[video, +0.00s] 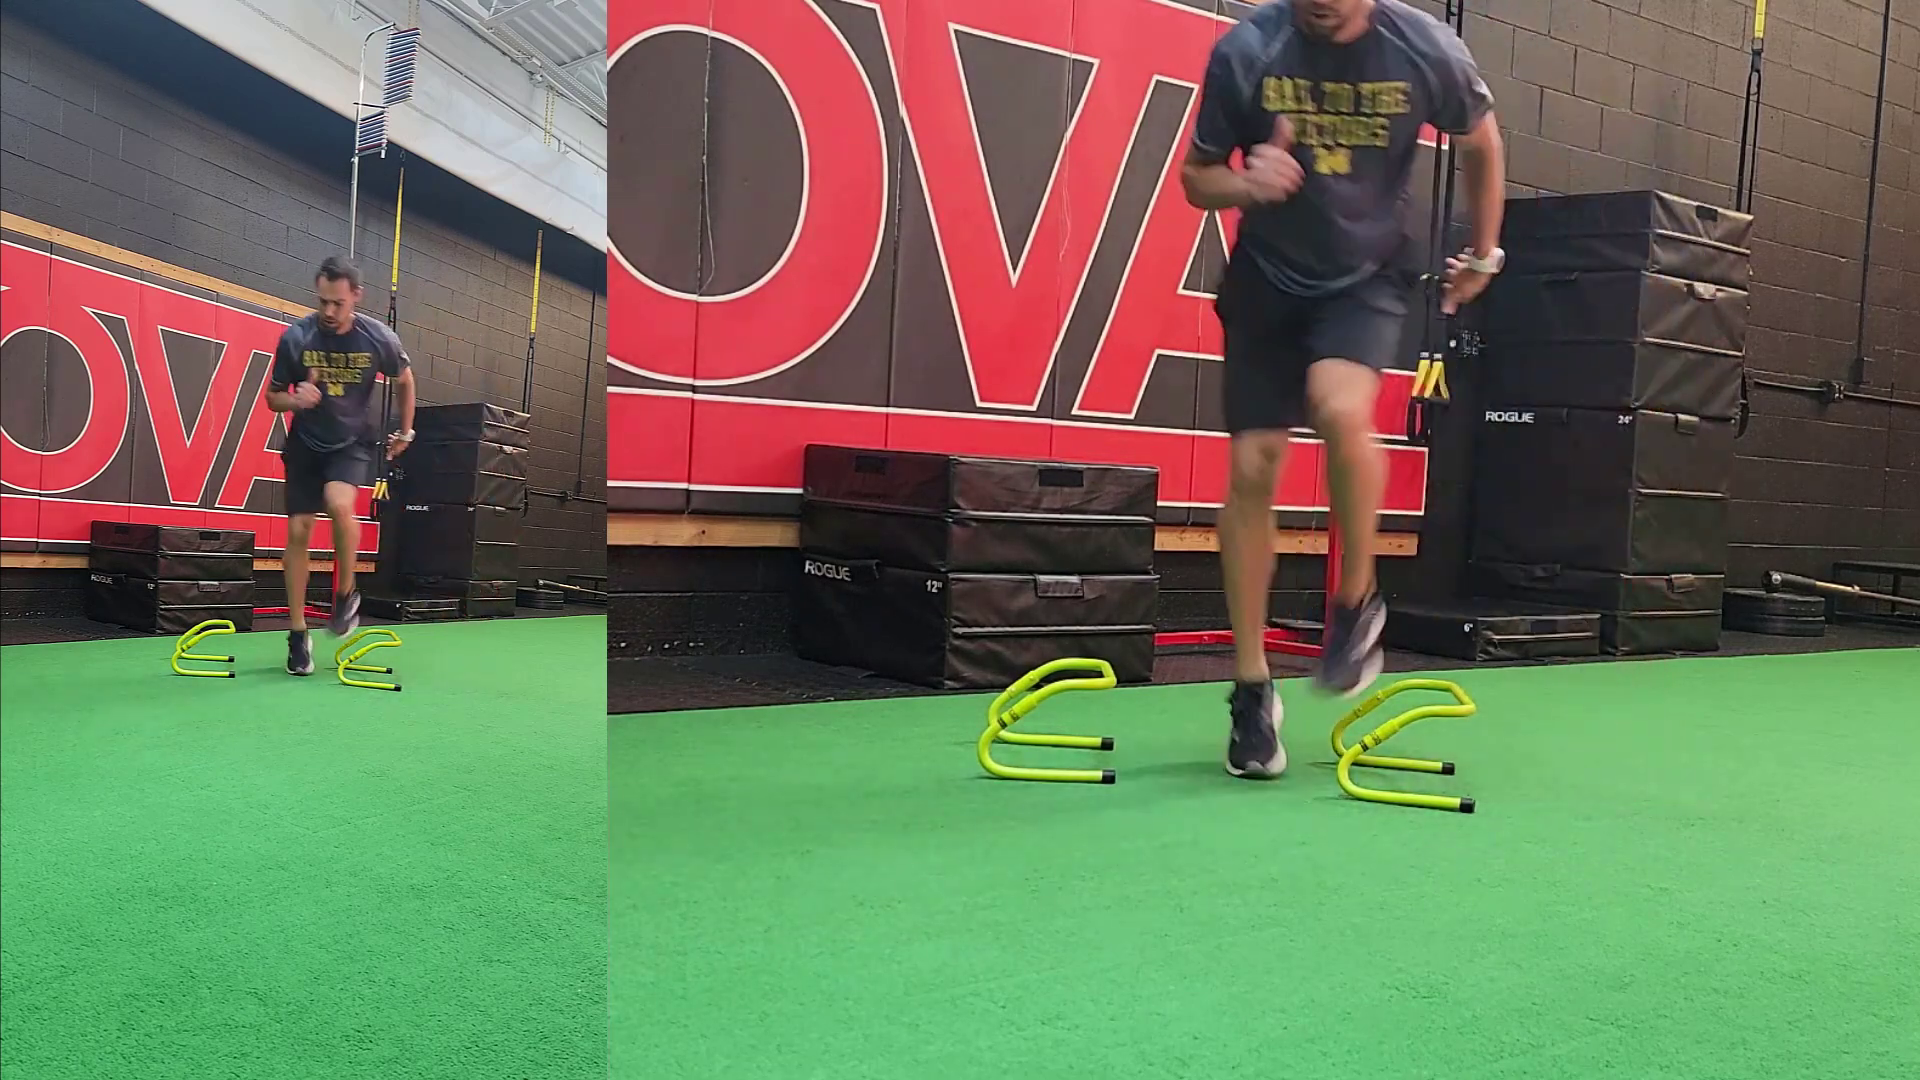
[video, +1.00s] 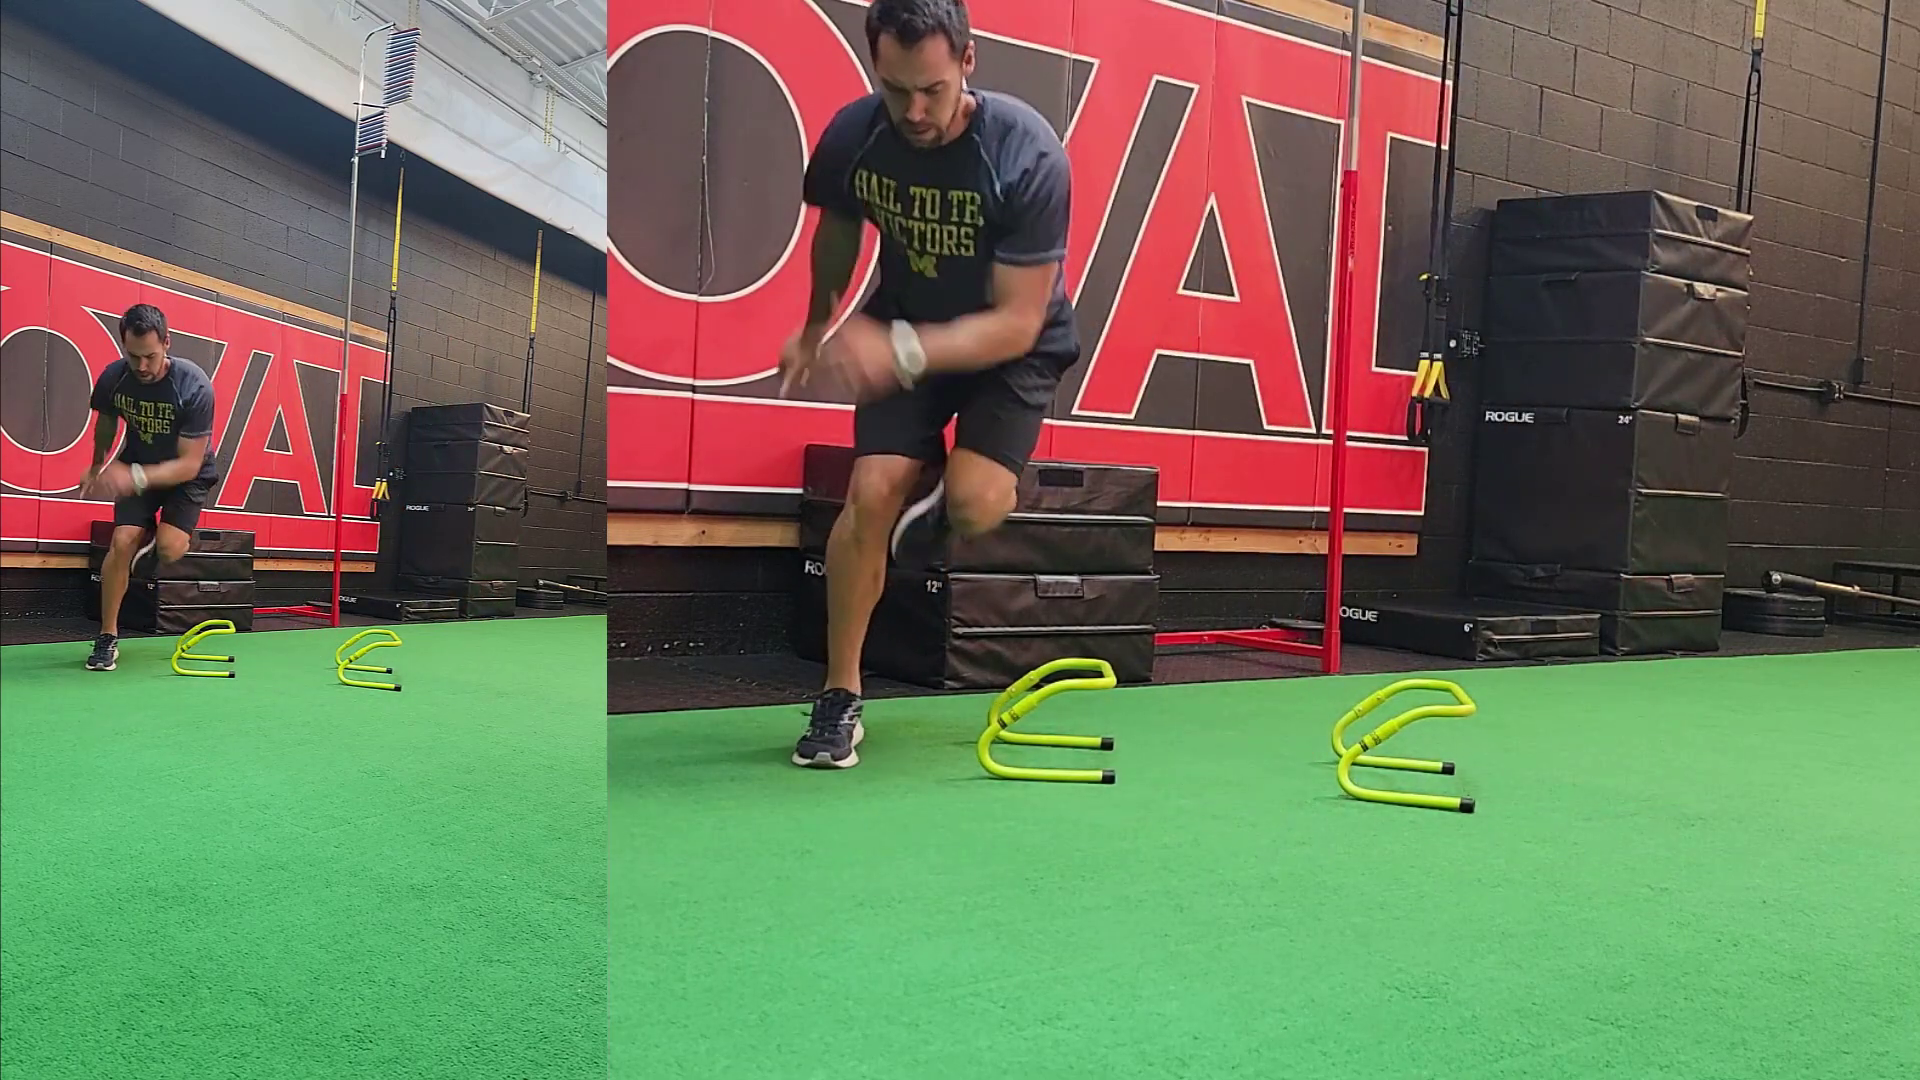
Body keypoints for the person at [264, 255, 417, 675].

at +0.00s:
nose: (330, 312)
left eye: (338, 303)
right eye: (324, 301)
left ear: (356, 297)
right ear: (315, 296)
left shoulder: (379, 340)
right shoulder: (295, 338)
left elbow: (404, 378)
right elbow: (273, 397)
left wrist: (406, 431)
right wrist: (296, 400)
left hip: (353, 445)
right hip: (304, 444)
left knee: (338, 502)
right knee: (298, 529)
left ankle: (345, 594)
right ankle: (298, 633)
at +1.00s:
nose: (142, 366)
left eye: (150, 357)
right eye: (134, 356)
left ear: (166, 344)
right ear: (123, 346)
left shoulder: (195, 388)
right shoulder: (113, 380)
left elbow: (189, 466)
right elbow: (107, 423)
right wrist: (98, 466)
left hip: (189, 472)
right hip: (139, 467)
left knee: (170, 551)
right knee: (123, 542)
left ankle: (163, 545)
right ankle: (108, 636)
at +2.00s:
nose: (433, 356)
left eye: (440, 347)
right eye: (425, 347)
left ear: (446, 340)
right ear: (405, 339)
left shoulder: (457, 375)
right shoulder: (377, 382)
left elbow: (456, 417)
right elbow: (362, 448)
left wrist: (447, 460)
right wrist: (412, 446)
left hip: (431, 476)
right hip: (382, 473)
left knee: (451, 563)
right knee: (375, 533)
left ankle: (471, 652)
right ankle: (379, 550)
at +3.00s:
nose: (317, 311)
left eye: (325, 303)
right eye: (311, 302)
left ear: (341, 298)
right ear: (302, 297)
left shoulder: (363, 343)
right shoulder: (279, 340)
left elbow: (378, 394)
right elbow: (261, 394)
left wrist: (380, 442)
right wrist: (278, 420)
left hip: (336, 446)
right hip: (290, 444)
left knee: (324, 516)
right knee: (284, 528)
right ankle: (298, 611)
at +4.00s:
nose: (170, 357)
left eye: (177, 347)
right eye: (162, 348)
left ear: (190, 339)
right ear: (149, 342)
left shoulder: (215, 385)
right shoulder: (134, 386)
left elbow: (247, 445)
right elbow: (123, 448)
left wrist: (261, 504)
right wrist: (114, 501)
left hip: (204, 476)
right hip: (155, 477)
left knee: (180, 536)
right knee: (131, 547)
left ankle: (220, 557)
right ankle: (117, 638)